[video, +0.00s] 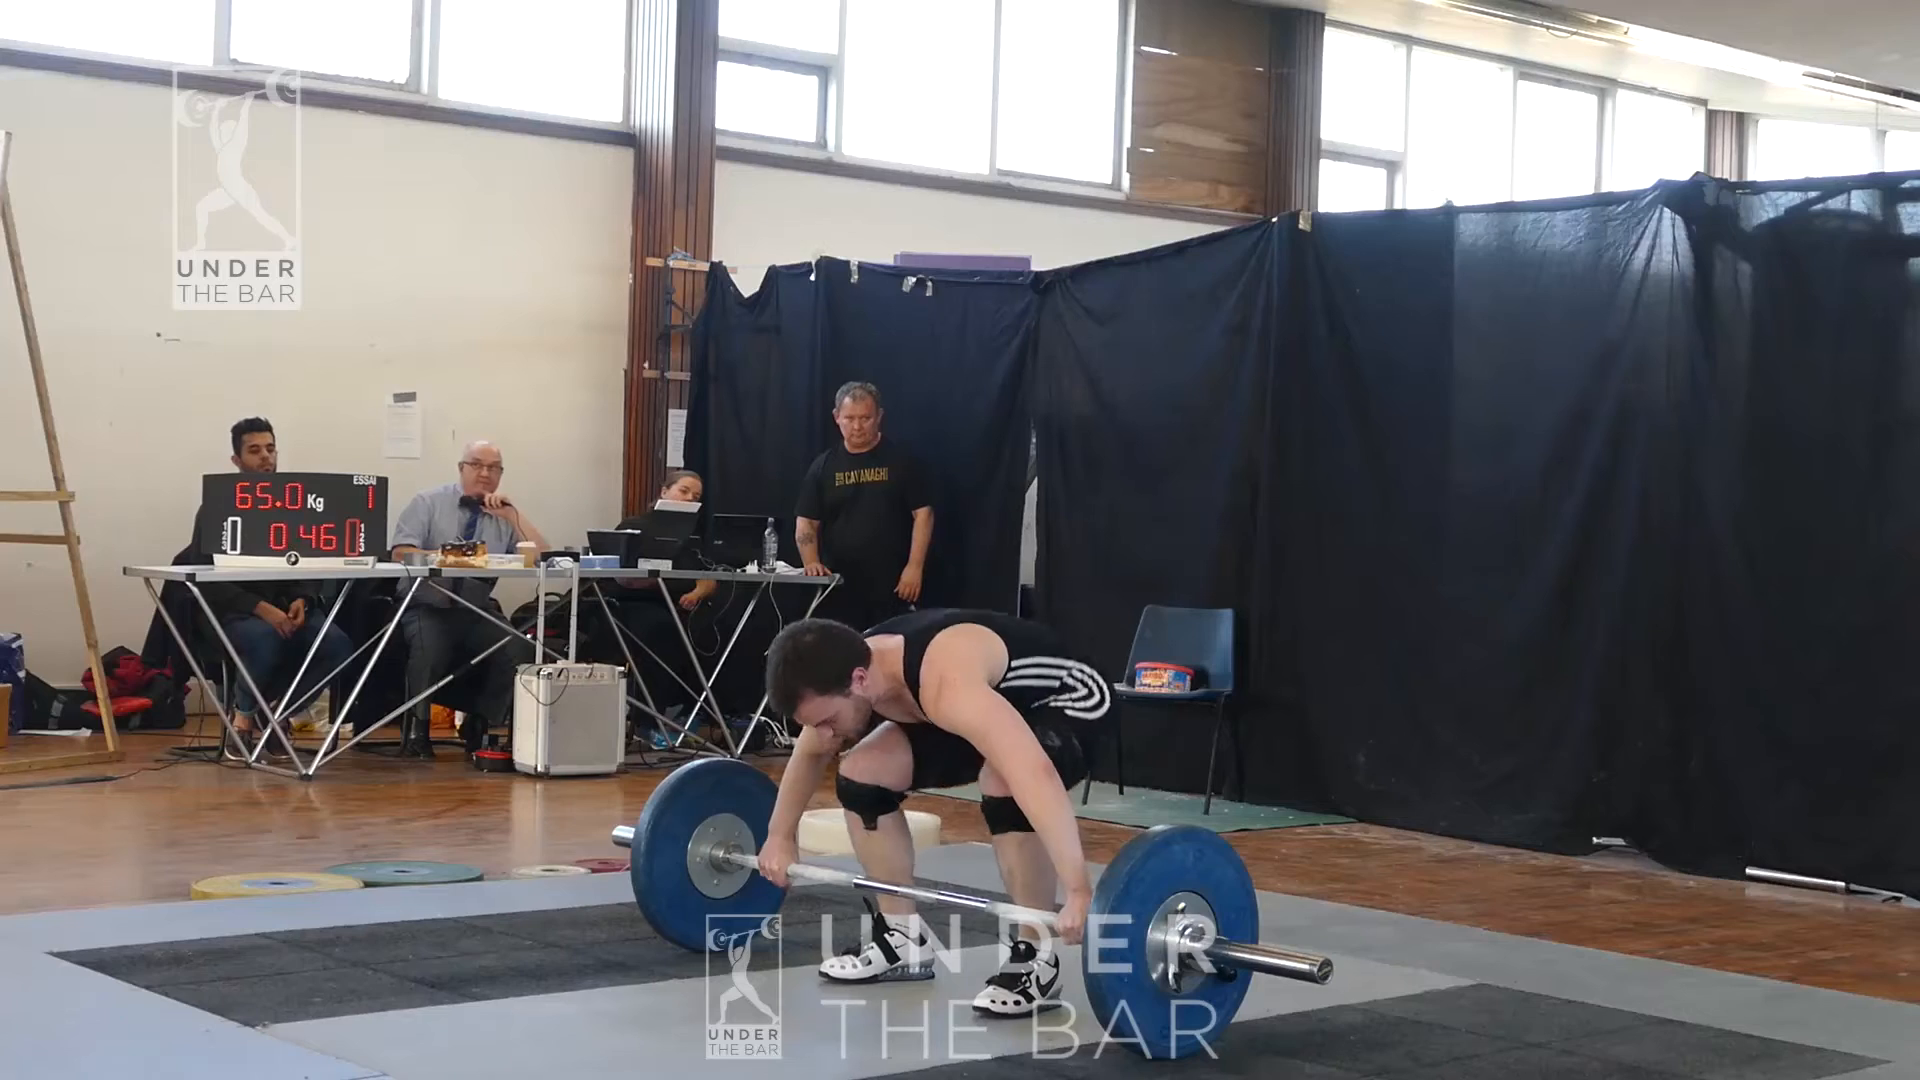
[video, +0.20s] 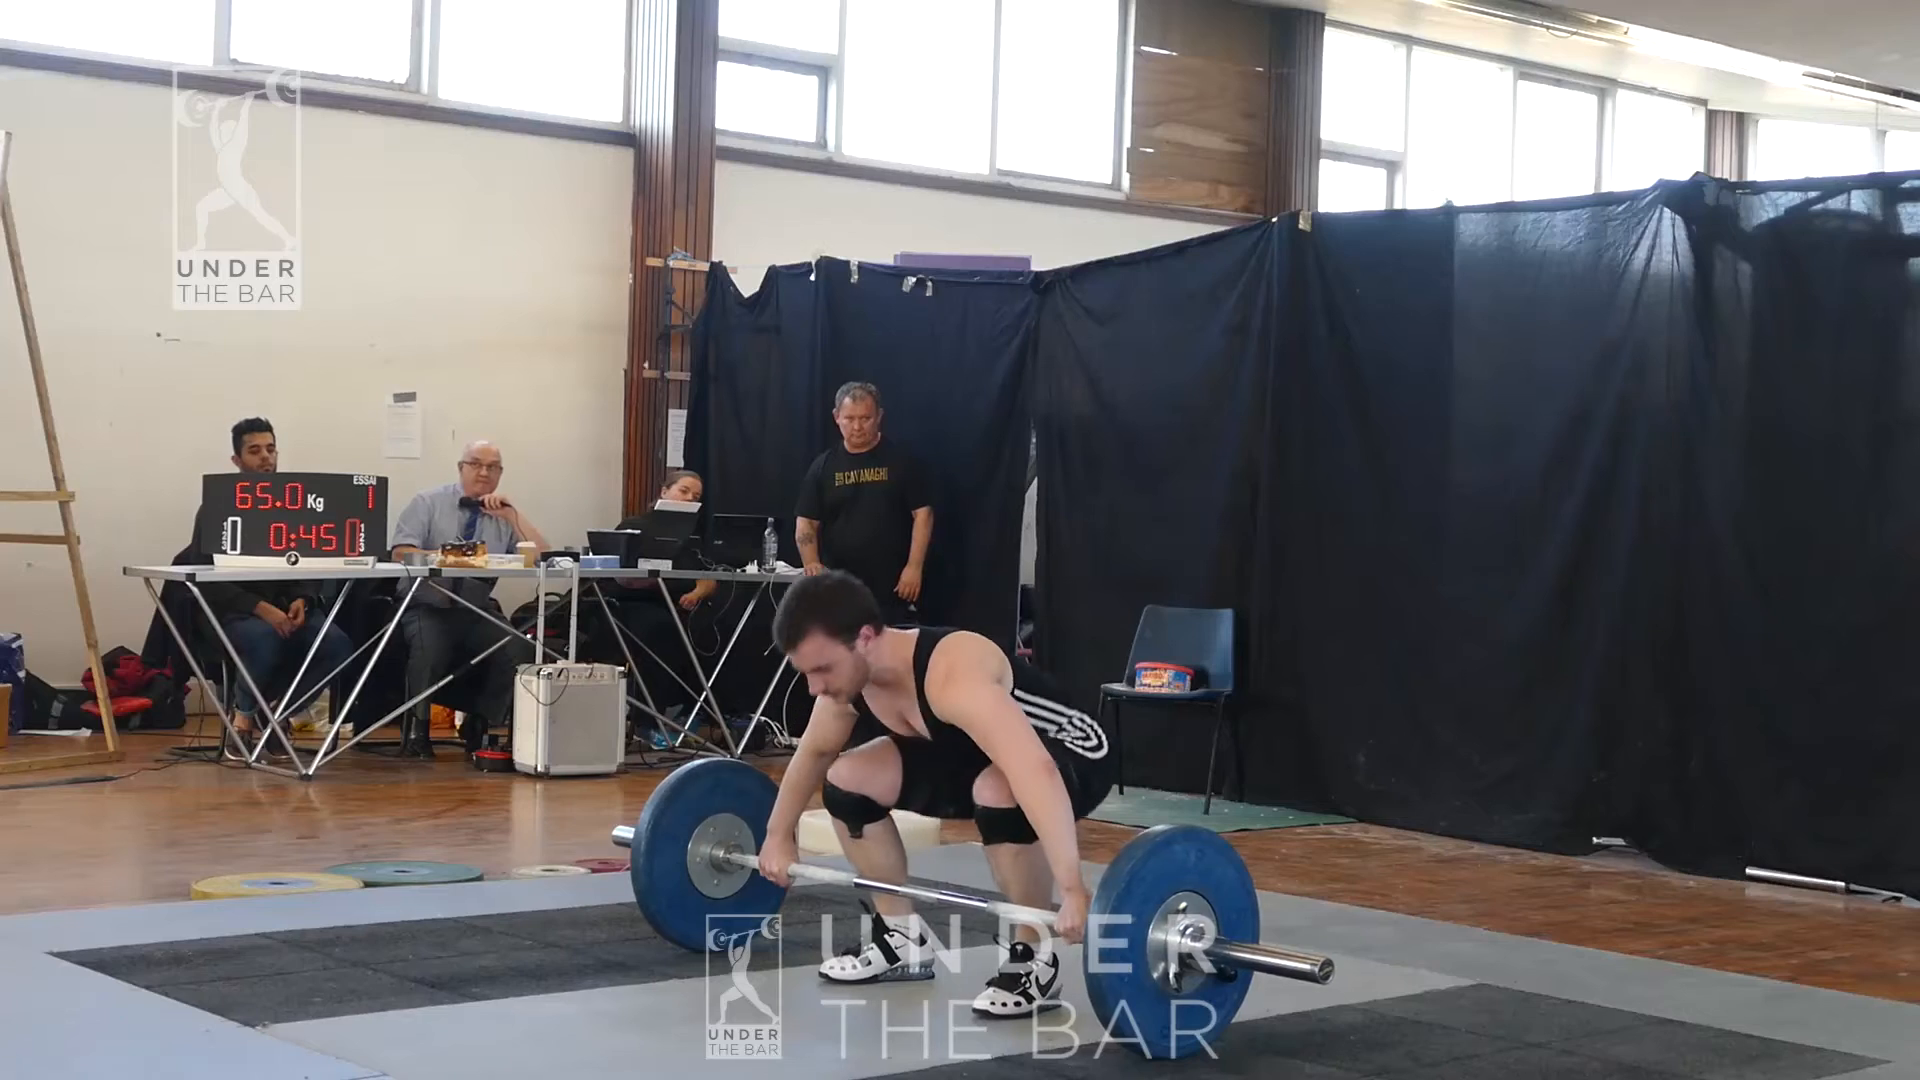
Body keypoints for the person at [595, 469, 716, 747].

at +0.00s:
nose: (688, 498)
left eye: (694, 496)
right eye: (684, 490)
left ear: (698, 504)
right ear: (664, 491)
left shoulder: (696, 535)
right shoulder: (633, 525)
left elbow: (710, 579)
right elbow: (608, 560)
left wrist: (696, 594)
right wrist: (630, 579)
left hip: (674, 606)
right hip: (630, 602)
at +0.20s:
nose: (688, 498)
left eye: (695, 496)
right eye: (684, 490)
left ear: (698, 504)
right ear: (665, 491)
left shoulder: (697, 535)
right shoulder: (634, 525)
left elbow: (710, 578)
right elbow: (607, 558)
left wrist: (696, 594)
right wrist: (627, 578)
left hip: (674, 606)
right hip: (631, 602)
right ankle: (647, 721)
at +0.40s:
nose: (688, 498)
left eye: (694, 496)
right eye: (683, 490)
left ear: (698, 504)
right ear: (664, 491)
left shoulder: (696, 535)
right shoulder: (633, 525)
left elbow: (710, 579)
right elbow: (607, 559)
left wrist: (697, 594)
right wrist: (628, 579)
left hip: (676, 606)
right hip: (633, 603)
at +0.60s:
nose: (688, 498)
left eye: (694, 496)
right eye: (683, 490)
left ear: (698, 503)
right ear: (665, 491)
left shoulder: (696, 536)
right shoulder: (633, 525)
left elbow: (710, 579)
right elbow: (607, 559)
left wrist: (696, 594)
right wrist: (628, 579)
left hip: (674, 606)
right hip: (632, 603)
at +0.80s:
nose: (687, 496)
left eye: (694, 494)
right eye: (682, 489)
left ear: (697, 503)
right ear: (664, 491)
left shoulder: (696, 536)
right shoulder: (633, 525)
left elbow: (710, 579)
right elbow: (608, 560)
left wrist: (696, 594)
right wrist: (628, 579)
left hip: (674, 606)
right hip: (631, 604)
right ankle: (648, 722)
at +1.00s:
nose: (683, 492)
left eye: (690, 489)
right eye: (677, 485)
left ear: (694, 498)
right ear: (660, 489)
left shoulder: (694, 533)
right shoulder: (633, 525)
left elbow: (711, 578)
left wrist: (697, 594)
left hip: (678, 609)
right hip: (634, 606)